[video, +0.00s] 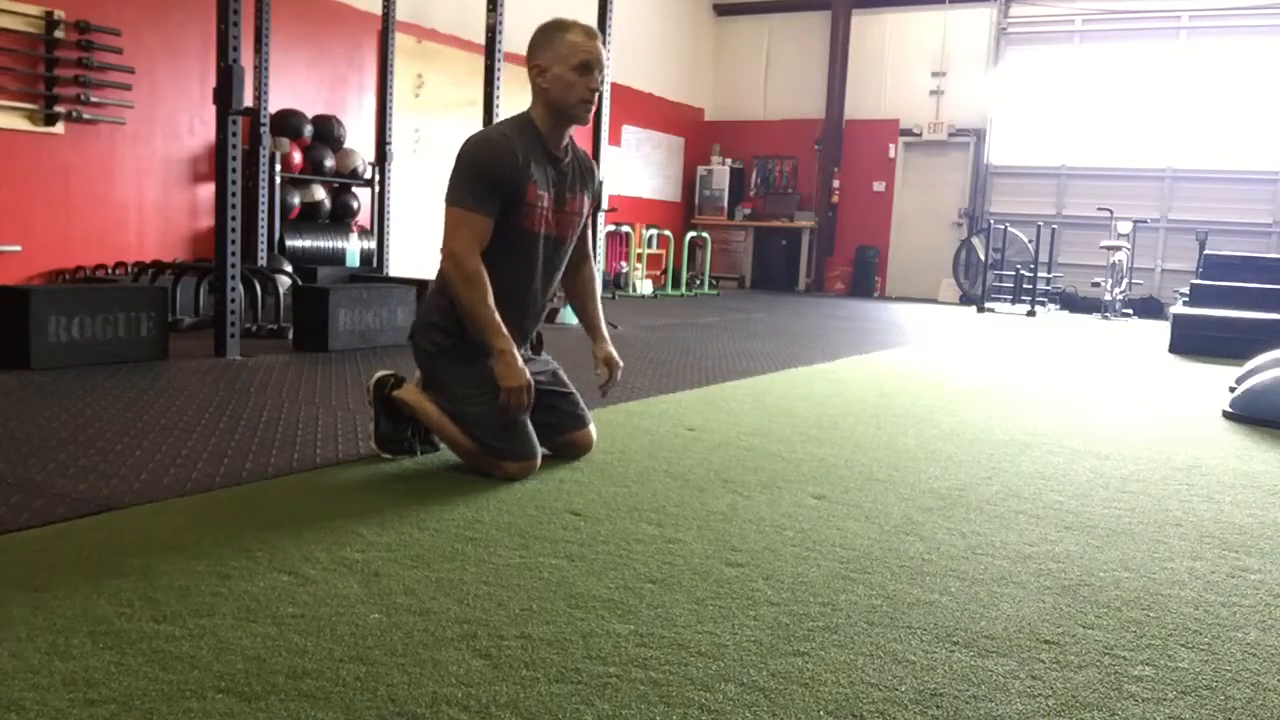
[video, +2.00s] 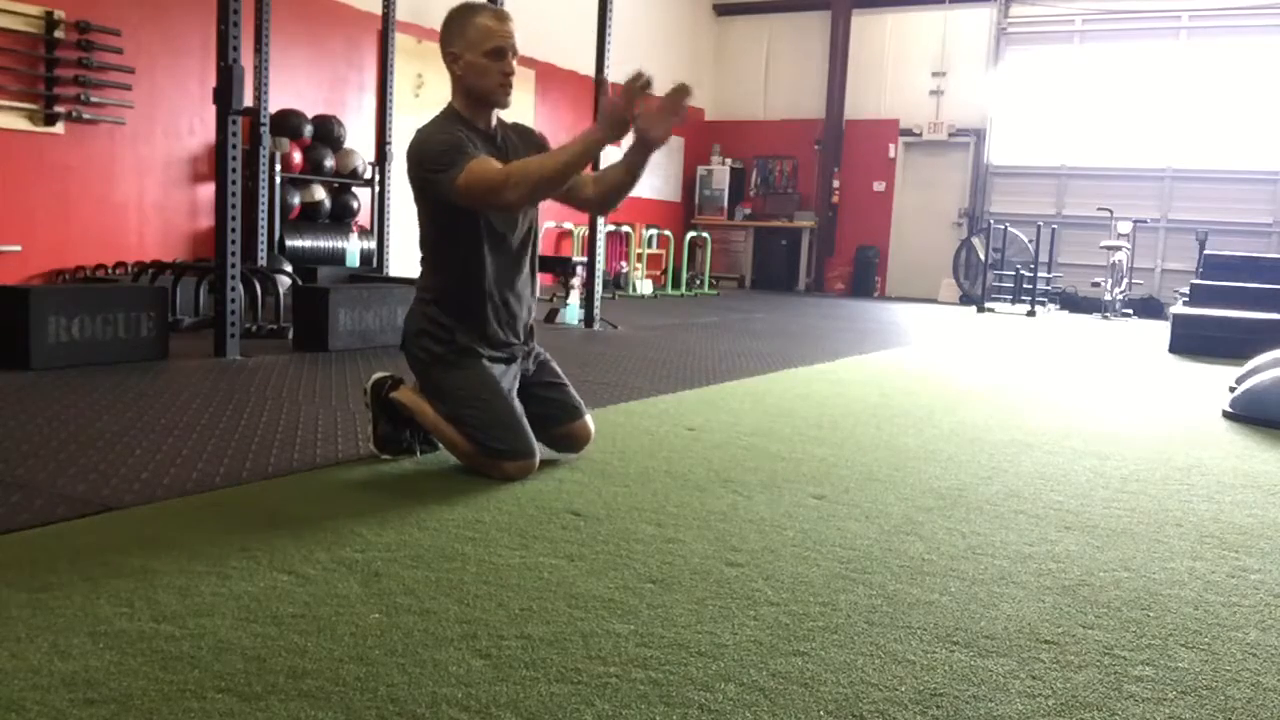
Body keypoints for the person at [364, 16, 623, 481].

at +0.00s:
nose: (598, 85)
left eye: (600, 72)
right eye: (585, 69)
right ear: (540, 74)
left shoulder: (583, 171)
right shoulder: (492, 149)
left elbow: (578, 260)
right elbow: (459, 259)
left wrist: (600, 338)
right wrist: (505, 352)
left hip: (519, 340)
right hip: (457, 342)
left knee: (575, 441)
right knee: (516, 464)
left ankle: (451, 395)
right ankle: (404, 397)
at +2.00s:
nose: (511, 66)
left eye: (513, 54)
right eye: (497, 54)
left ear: (516, 60)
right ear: (454, 61)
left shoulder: (525, 142)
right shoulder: (436, 144)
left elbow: (595, 198)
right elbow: (508, 189)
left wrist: (643, 147)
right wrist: (601, 133)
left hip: (516, 336)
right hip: (455, 345)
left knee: (574, 436)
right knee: (515, 464)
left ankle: (462, 395)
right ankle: (402, 399)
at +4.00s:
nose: (559, 91)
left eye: (560, 78)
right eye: (554, 76)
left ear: (522, 76)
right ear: (519, 74)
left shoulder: (539, 153)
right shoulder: (452, 149)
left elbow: (585, 175)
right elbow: (431, 258)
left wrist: (620, 167)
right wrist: (464, 355)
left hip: (515, 348)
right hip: (452, 351)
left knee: (573, 443)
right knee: (515, 464)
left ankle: (437, 411)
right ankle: (399, 399)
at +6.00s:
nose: (567, 104)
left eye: (570, 92)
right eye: (562, 90)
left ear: (531, 86)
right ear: (522, 82)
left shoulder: (538, 164)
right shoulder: (452, 148)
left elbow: (540, 251)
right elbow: (396, 226)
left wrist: (610, 296)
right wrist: (403, 295)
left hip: (517, 351)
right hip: (454, 351)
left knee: (573, 443)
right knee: (516, 463)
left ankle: (439, 413)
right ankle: (396, 399)